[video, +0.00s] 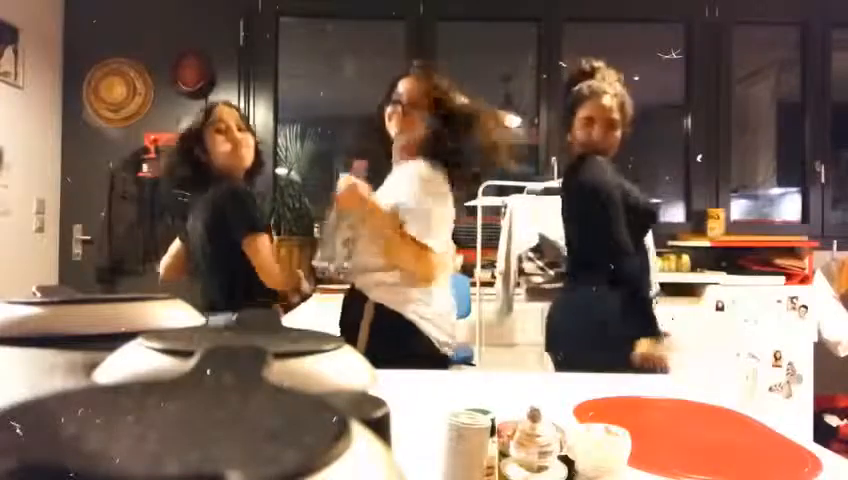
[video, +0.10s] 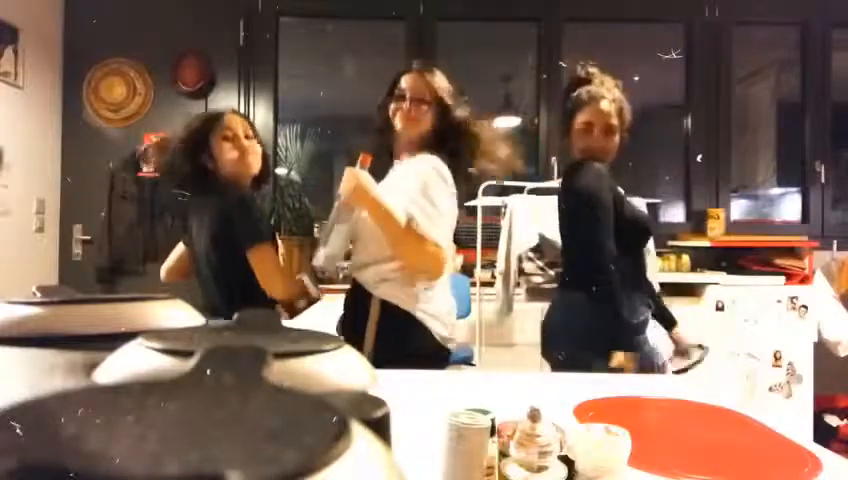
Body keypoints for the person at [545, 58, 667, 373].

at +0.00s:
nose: (598, 134)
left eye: (610, 125)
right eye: (588, 122)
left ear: (622, 131)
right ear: (571, 127)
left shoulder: (577, 174)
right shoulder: (600, 177)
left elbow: (644, 211)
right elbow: (625, 260)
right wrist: (647, 332)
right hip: (606, 319)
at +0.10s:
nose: (596, 139)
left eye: (608, 131)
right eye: (586, 128)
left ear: (621, 138)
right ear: (569, 132)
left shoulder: (579, 178)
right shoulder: (593, 178)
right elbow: (601, 268)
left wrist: (671, 327)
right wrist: (632, 343)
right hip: (598, 331)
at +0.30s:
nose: (591, 138)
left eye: (602, 129)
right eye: (580, 126)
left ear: (614, 135)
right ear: (562, 131)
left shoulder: (593, 176)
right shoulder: (584, 176)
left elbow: (619, 267)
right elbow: (575, 266)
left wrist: (662, 321)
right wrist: (583, 346)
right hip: (610, 318)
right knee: (661, 405)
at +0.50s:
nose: (593, 140)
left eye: (603, 129)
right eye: (582, 128)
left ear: (614, 131)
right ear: (562, 130)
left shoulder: (568, 177)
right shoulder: (588, 181)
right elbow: (585, 275)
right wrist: (588, 355)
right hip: (607, 313)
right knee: (652, 381)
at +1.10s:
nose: (607, 142)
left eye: (615, 131)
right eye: (594, 130)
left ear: (623, 134)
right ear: (566, 132)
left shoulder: (564, 190)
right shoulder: (596, 196)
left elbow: (570, 272)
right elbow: (603, 283)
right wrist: (637, 356)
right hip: (597, 335)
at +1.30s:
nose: (607, 137)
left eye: (614, 126)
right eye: (594, 125)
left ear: (622, 128)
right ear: (566, 126)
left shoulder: (566, 177)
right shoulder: (584, 182)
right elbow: (599, 271)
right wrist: (625, 350)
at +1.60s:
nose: (601, 133)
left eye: (607, 123)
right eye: (588, 121)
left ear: (614, 124)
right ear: (559, 124)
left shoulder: (553, 175)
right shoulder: (587, 173)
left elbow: (566, 262)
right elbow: (596, 261)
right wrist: (624, 337)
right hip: (594, 317)